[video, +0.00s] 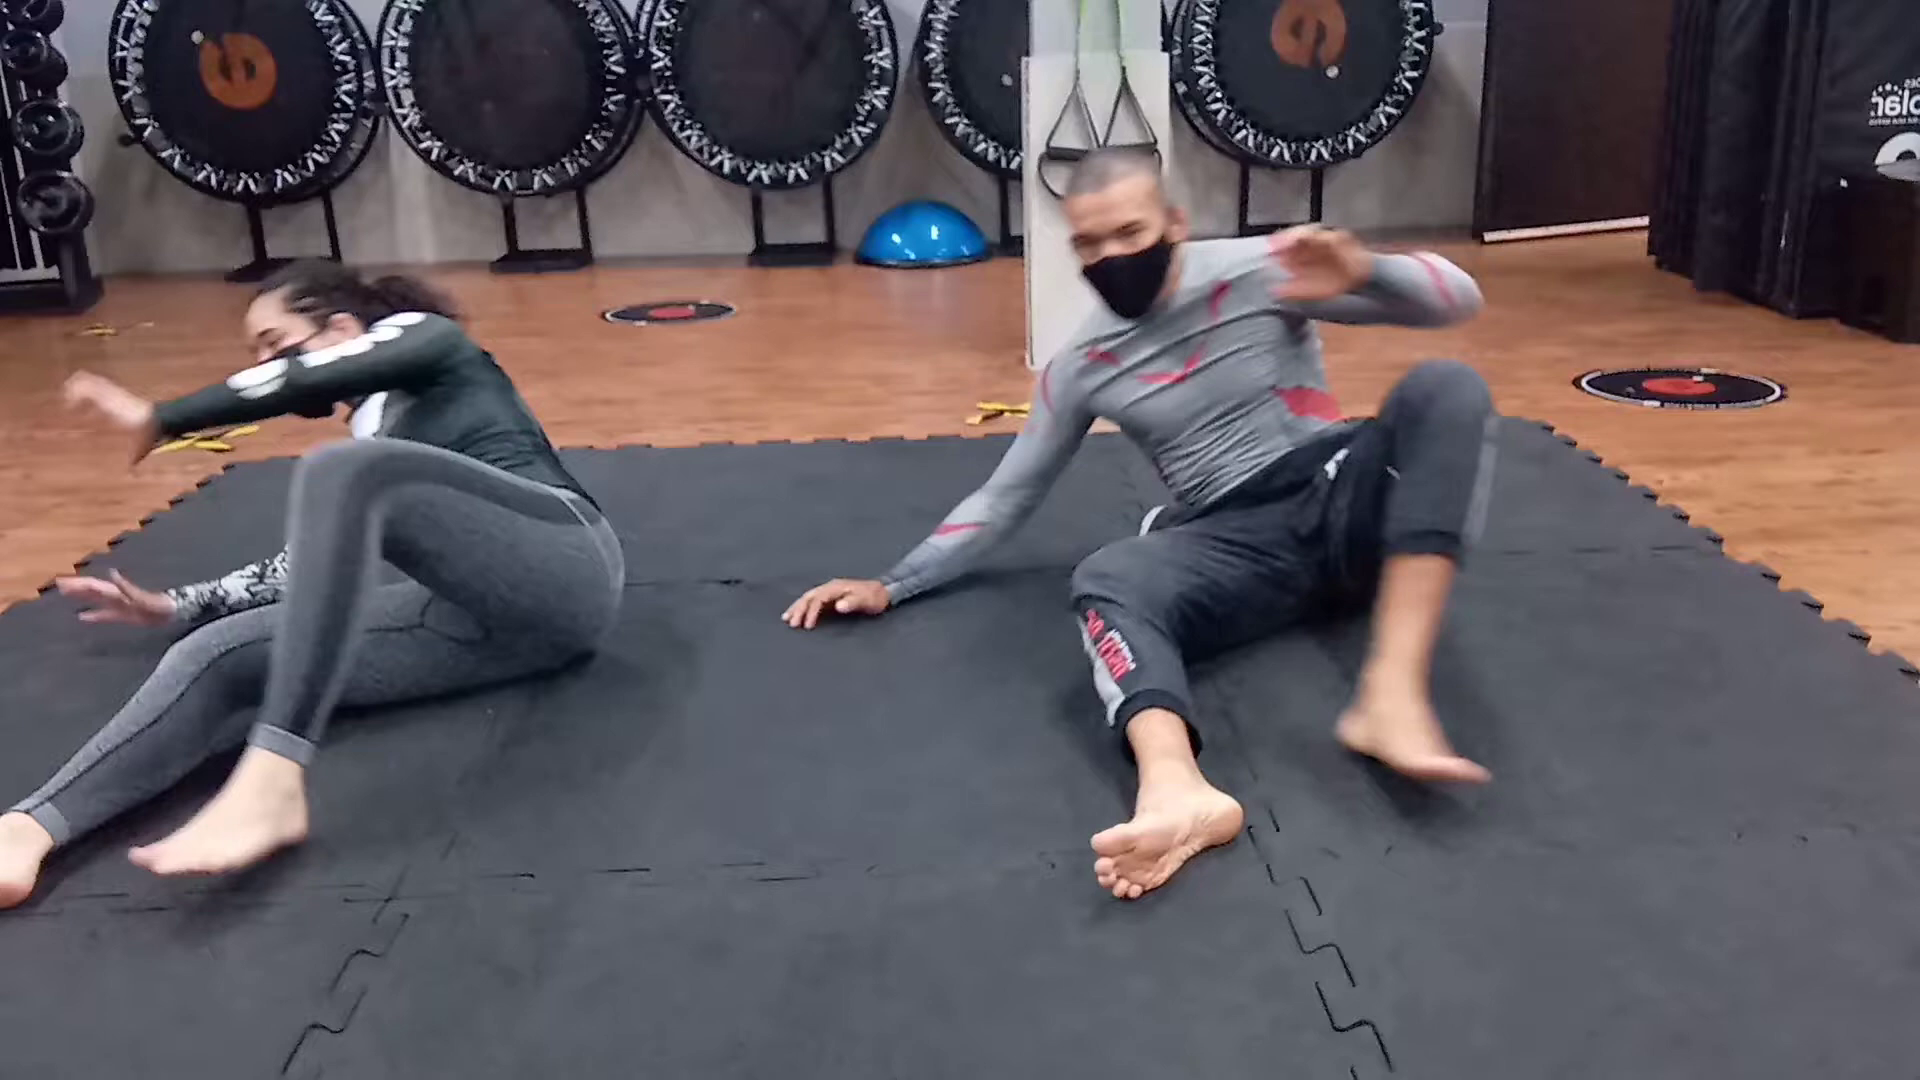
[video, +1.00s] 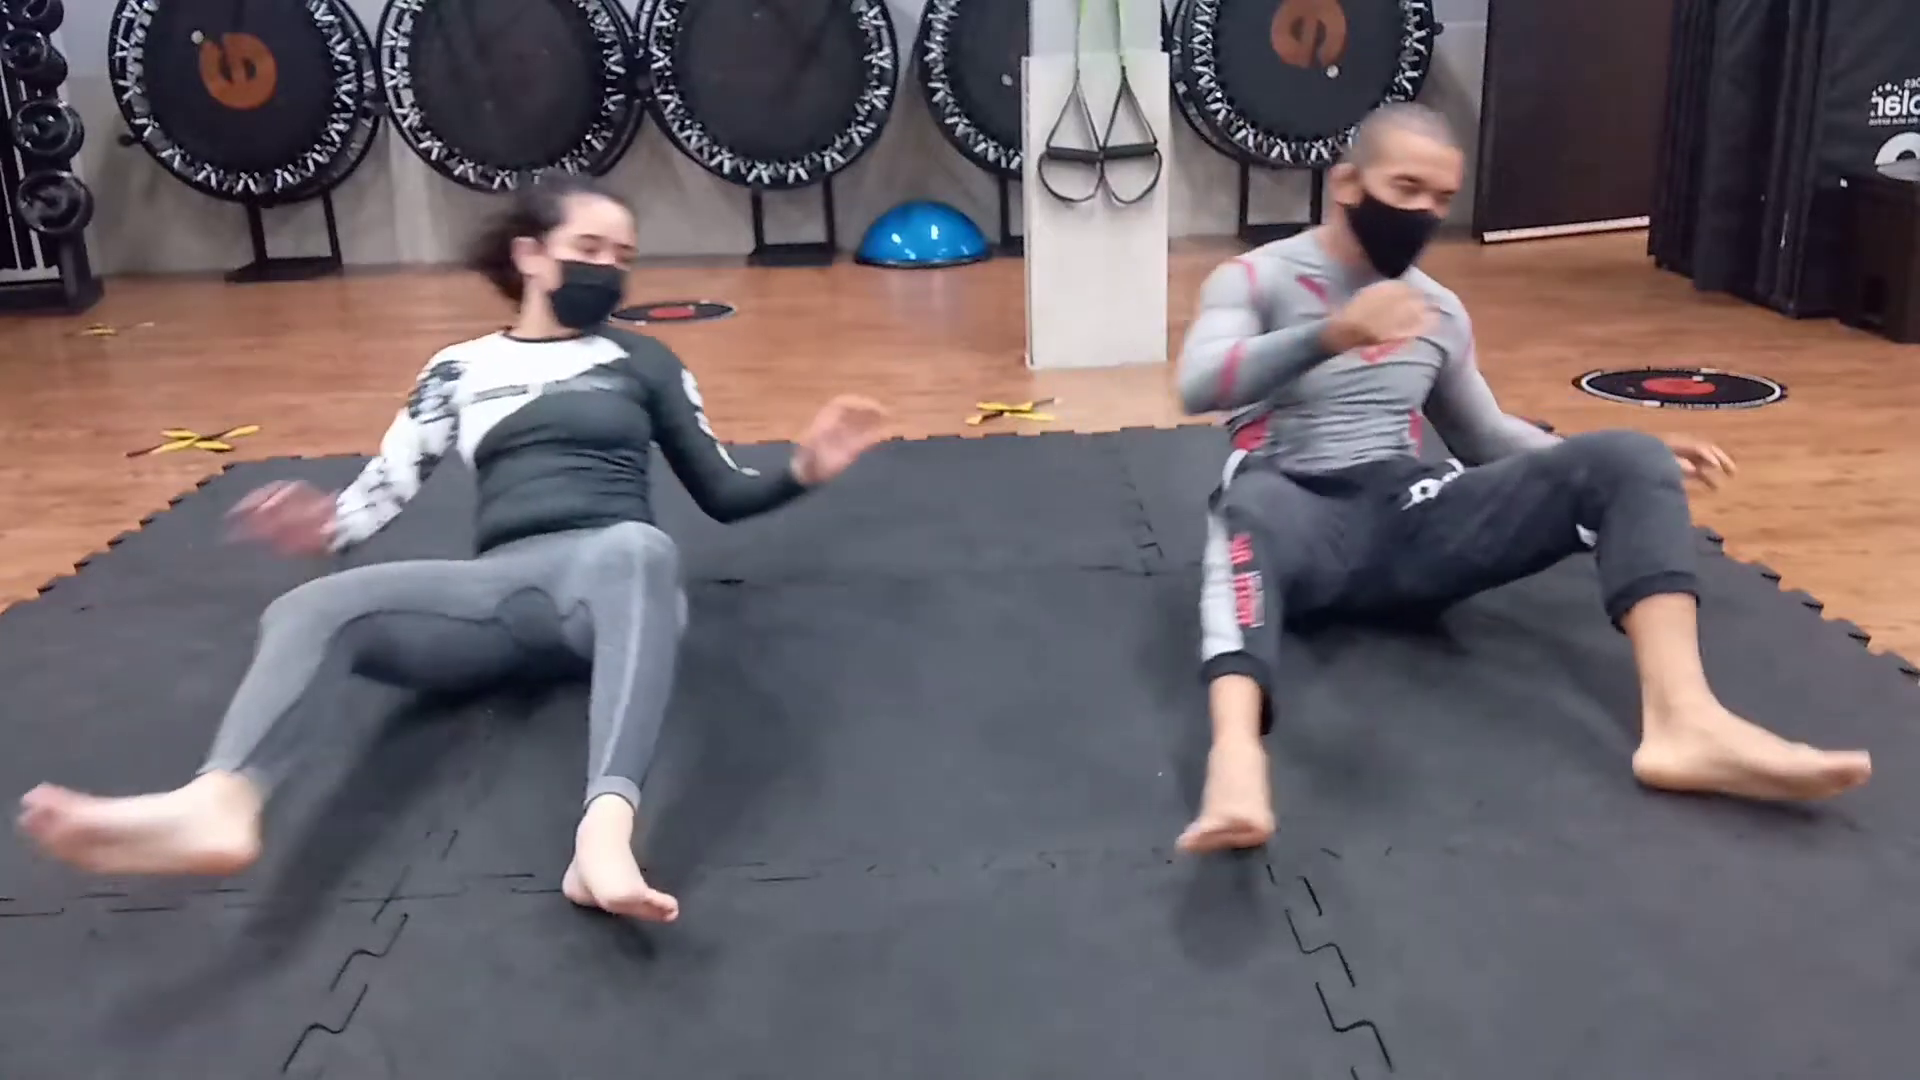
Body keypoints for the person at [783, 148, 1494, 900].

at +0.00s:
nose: (1110, 258)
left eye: (1129, 233)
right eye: (1088, 242)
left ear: (1173, 222)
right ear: (1070, 246)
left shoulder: (1261, 265)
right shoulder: (1079, 365)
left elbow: (1458, 300)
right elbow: (1003, 497)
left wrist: (1372, 277)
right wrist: (892, 587)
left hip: (1337, 494)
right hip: (1225, 543)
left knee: (1448, 388)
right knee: (1109, 578)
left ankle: (1393, 694)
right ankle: (1175, 787)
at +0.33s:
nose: (1201, 225)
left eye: (1221, 205)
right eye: (1179, 208)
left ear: (1256, 203)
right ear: (1151, 215)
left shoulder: (1324, 267)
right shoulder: (1125, 330)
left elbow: (1469, 361)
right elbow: (1028, 456)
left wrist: (1489, 319)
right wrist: (930, 551)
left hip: (1363, 486)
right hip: (1239, 529)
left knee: (1511, 425)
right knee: (1123, 576)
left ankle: (1504, 714)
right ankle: (1177, 786)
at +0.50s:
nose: (1257, 220)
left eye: (1276, 201)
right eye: (1235, 202)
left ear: (1302, 194)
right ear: (1197, 200)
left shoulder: (1350, 279)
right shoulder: (1150, 318)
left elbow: (1467, 375)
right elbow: (1077, 429)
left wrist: (1533, 358)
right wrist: (1034, 476)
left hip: (1376, 489)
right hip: (1245, 527)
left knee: (1533, 438)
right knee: (1138, 570)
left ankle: (1520, 718)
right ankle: (1181, 785)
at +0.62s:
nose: (1292, 213)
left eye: (1312, 196)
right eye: (1272, 192)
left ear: (1334, 199)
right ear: (1229, 193)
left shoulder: (1369, 287)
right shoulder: (1169, 307)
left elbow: (1468, 393)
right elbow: (1083, 441)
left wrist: (1573, 377)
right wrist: (1107, 435)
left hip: (1382, 494)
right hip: (1252, 524)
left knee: (1552, 440)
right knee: (1148, 556)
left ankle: (1550, 716)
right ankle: (1184, 779)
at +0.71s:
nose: (1324, 211)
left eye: (1343, 195)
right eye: (1303, 189)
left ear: (1359, 198)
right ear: (1253, 189)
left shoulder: (1383, 295)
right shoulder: (1186, 301)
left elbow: (1468, 404)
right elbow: (1102, 440)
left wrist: (1571, 396)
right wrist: (1158, 410)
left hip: (1383, 502)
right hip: (1260, 523)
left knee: (1563, 441)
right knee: (1161, 554)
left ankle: (1585, 716)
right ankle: (1190, 781)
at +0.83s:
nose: (1363, 210)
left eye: (1382, 195)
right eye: (1345, 186)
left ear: (1397, 202)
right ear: (1292, 185)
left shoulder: (1407, 301)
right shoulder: (1214, 290)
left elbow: (1470, 419)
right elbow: (1150, 415)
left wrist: (1596, 420)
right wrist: (1241, 369)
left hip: (1404, 508)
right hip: (1277, 521)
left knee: (1593, 446)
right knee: (1191, 538)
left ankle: (1638, 713)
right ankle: (1205, 778)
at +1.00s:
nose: (1423, 212)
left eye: (1440, 198)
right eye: (1405, 188)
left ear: (1451, 205)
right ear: (1343, 183)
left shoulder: (1437, 312)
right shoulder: (1253, 279)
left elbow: (1490, 437)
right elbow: (1197, 387)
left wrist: (1636, 466)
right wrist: (1326, 337)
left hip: (1419, 519)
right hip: (1302, 520)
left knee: (1625, 458)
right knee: (1246, 503)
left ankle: (1681, 715)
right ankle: (1234, 756)